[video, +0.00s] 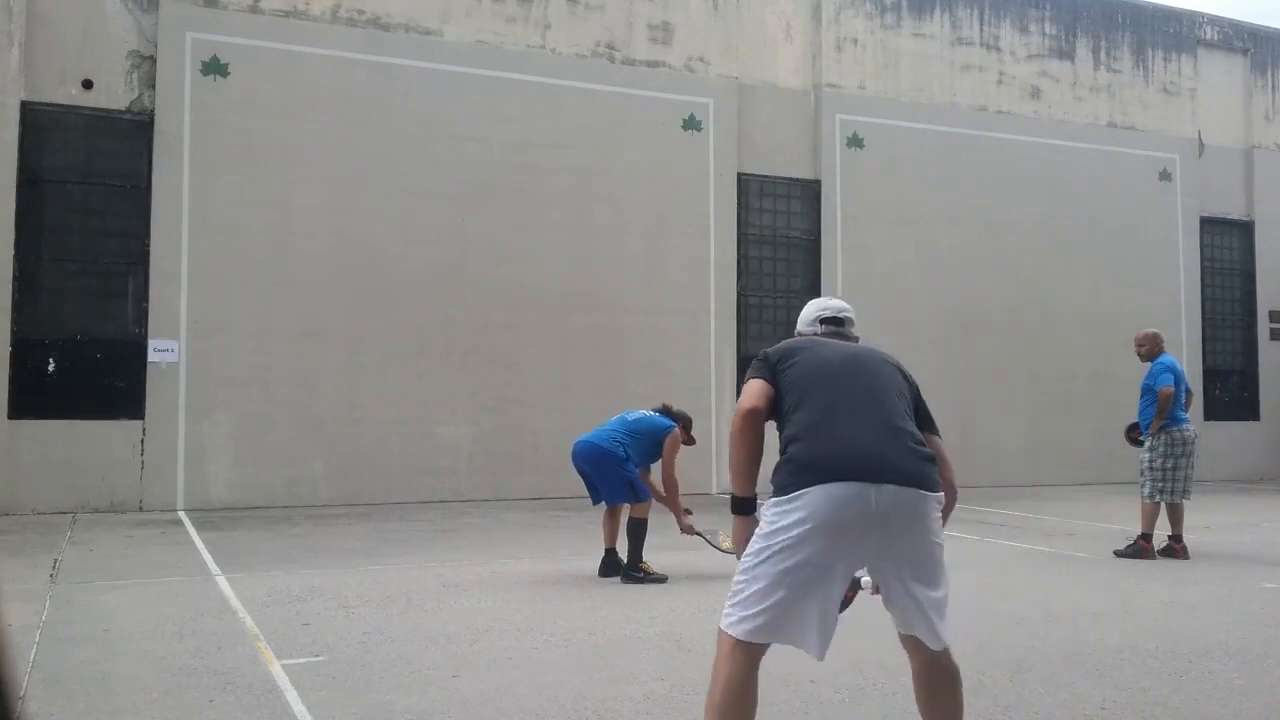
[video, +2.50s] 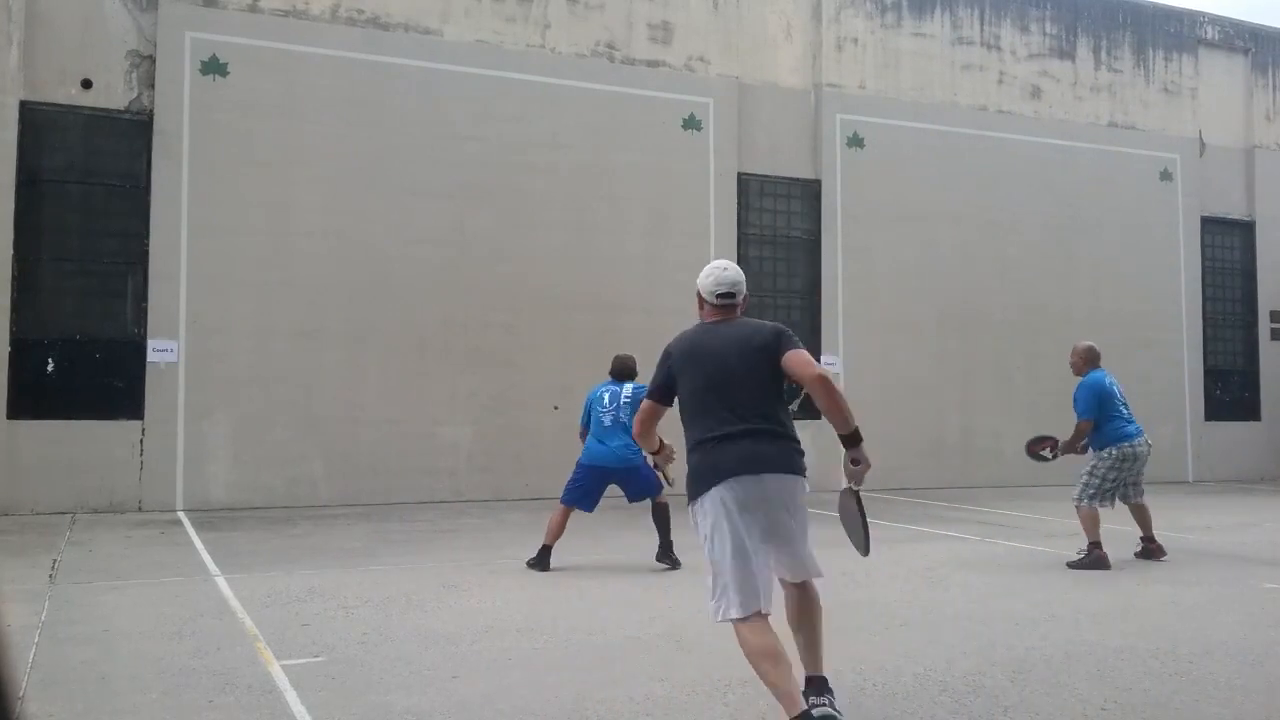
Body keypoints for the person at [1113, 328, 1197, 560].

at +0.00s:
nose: (1137, 351)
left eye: (1141, 346)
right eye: (1136, 347)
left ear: (1158, 345)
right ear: (1159, 347)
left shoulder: (1160, 365)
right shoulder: (1172, 363)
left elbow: (1167, 392)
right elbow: (1188, 394)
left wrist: (1157, 422)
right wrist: (1177, 419)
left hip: (1164, 435)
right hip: (1181, 432)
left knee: (1151, 489)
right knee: (1173, 491)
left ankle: (1144, 543)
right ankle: (1176, 543)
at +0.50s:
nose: (1138, 351)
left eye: (1142, 346)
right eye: (1137, 346)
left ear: (1159, 345)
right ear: (1160, 347)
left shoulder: (1160, 365)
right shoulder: (1173, 363)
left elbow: (1166, 392)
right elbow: (1189, 393)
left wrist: (1156, 422)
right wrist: (1177, 419)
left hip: (1164, 435)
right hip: (1181, 432)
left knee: (1151, 489)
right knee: (1173, 491)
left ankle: (1144, 543)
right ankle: (1176, 543)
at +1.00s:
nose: (1136, 351)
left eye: (1140, 346)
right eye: (1135, 347)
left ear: (1157, 345)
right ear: (1158, 347)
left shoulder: (1160, 365)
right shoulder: (1172, 363)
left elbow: (1166, 392)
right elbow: (1188, 393)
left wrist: (1156, 422)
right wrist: (1177, 419)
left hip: (1163, 435)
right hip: (1181, 432)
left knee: (1150, 489)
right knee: (1173, 491)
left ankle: (1144, 543)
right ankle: (1176, 543)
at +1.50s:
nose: (1122, 349)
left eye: (1126, 344)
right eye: (1122, 345)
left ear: (1139, 345)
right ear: (1143, 346)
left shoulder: (1148, 365)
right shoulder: (1160, 363)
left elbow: (1156, 391)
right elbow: (1178, 392)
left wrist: (1147, 425)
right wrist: (1167, 418)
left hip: (1157, 433)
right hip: (1174, 431)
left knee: (1140, 486)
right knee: (1169, 488)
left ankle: (1141, 541)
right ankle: (1176, 542)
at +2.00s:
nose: (1117, 346)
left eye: (1121, 342)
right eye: (1112, 342)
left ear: (1130, 342)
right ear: (1107, 345)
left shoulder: (1140, 364)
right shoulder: (1108, 368)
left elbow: (1148, 395)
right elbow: (1110, 405)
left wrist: (1117, 410)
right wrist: (1109, 433)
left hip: (1146, 433)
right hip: (1129, 436)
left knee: (1136, 489)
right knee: (1145, 489)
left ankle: (1134, 546)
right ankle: (1155, 542)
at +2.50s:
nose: (1070, 362)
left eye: (1073, 358)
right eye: (1071, 358)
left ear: (1083, 361)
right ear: (1091, 361)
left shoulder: (1088, 385)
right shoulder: (1106, 378)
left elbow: (1084, 426)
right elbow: (1108, 421)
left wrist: (1068, 445)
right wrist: (1086, 445)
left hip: (1118, 449)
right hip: (1138, 444)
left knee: (1084, 497)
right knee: (1131, 494)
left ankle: (1095, 552)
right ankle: (1151, 544)